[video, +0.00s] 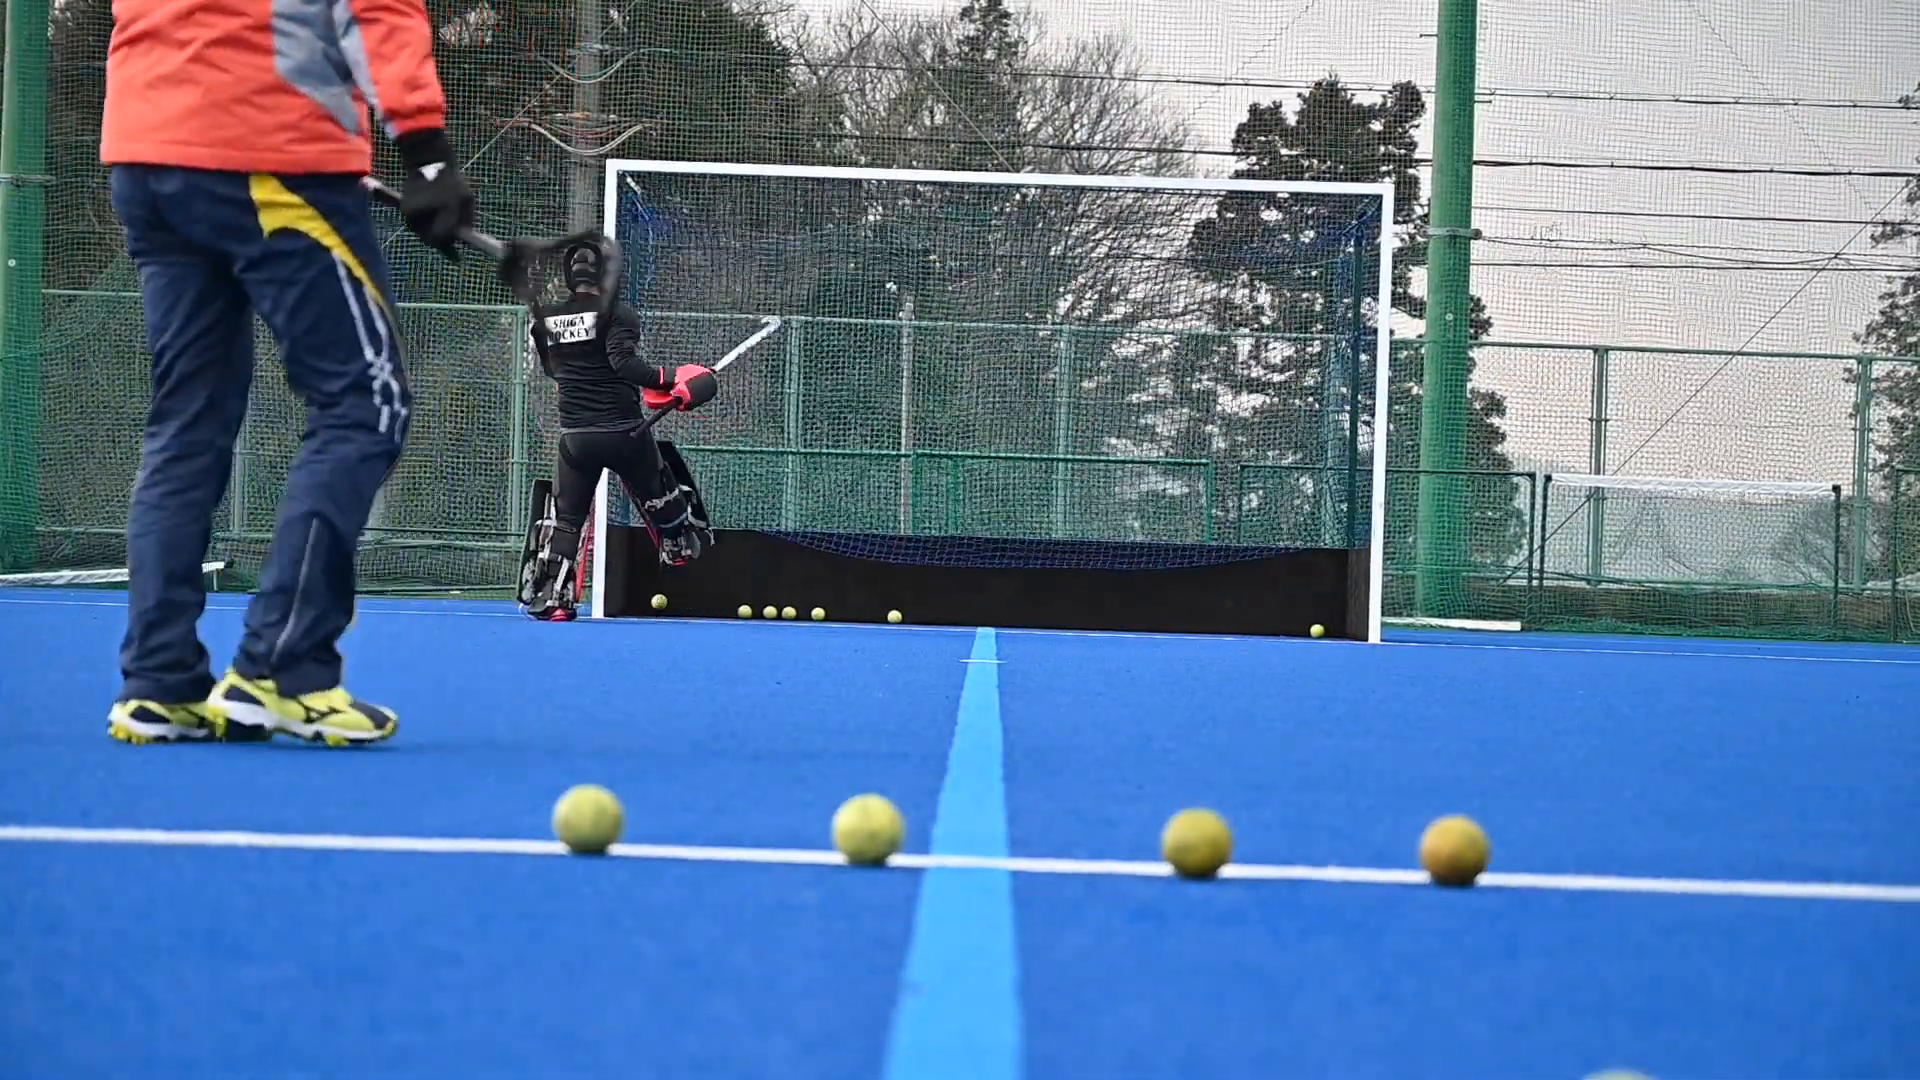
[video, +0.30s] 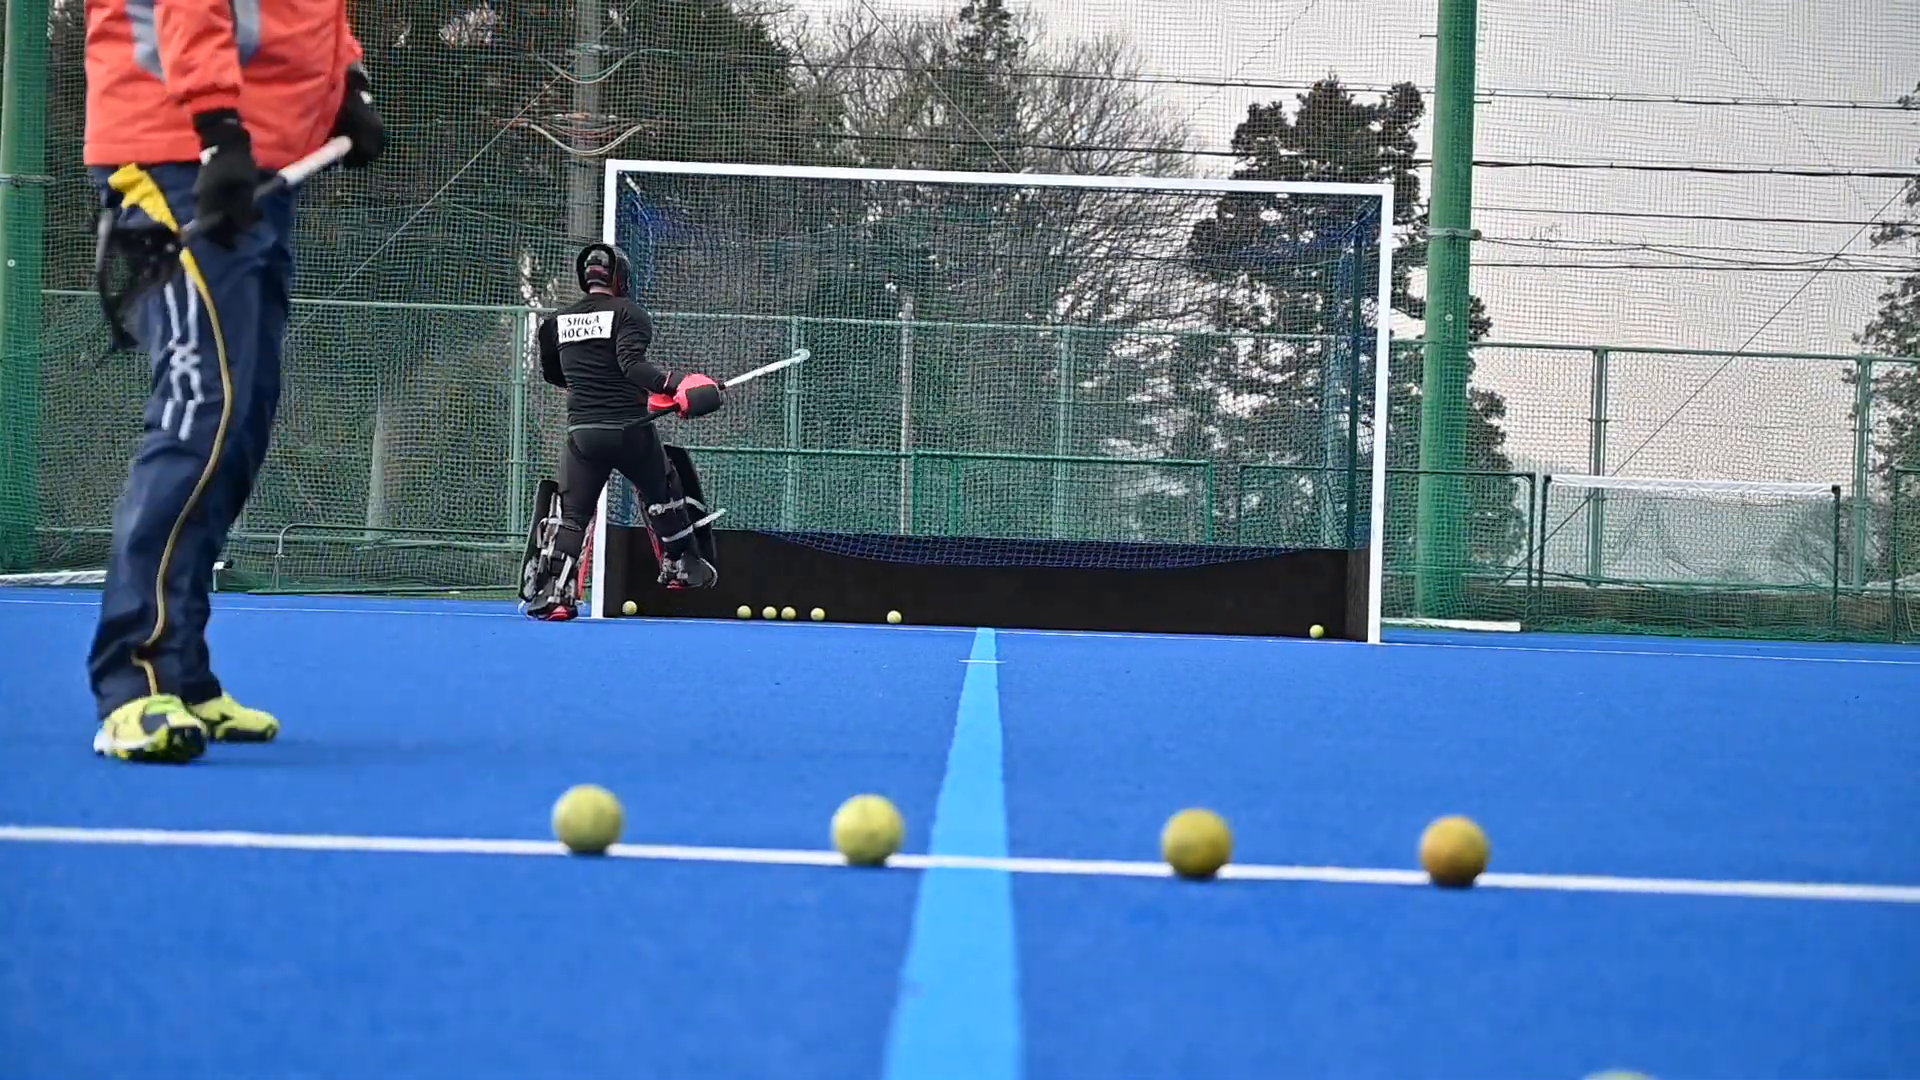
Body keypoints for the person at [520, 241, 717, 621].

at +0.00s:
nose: (618, 279)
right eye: (613, 270)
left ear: (570, 277)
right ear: (607, 275)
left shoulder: (547, 318)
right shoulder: (618, 312)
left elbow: (550, 367)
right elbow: (623, 362)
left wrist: (588, 371)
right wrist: (667, 378)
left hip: (576, 437)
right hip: (625, 433)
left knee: (567, 518)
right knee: (655, 495)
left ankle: (551, 598)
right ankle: (679, 545)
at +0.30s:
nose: (598, 271)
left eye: (601, 268)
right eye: (621, 275)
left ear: (586, 280)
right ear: (619, 279)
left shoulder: (558, 319)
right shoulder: (629, 312)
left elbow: (552, 373)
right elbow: (631, 365)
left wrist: (592, 380)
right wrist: (676, 380)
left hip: (584, 433)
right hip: (632, 431)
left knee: (572, 514)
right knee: (659, 495)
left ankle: (551, 593)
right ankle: (682, 563)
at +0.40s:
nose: (645, 287)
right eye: (642, 281)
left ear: (601, 283)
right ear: (635, 283)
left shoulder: (573, 321)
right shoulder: (645, 317)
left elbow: (558, 375)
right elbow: (651, 372)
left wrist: (585, 395)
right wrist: (697, 384)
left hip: (592, 436)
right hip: (638, 437)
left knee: (578, 516)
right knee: (661, 513)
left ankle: (554, 592)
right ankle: (670, 593)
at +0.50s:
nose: (665, 293)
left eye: (663, 286)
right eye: (662, 287)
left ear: (622, 287)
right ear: (654, 288)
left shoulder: (594, 323)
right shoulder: (665, 324)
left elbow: (574, 381)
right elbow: (677, 377)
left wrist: (585, 413)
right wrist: (726, 382)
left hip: (608, 440)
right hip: (655, 441)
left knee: (587, 519)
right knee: (669, 524)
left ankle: (556, 588)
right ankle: (668, 602)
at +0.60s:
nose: (683, 290)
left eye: (682, 283)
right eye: (680, 283)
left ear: (640, 284)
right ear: (670, 285)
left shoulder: (614, 321)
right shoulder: (682, 323)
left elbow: (600, 380)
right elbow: (709, 376)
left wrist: (591, 424)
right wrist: (751, 378)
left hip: (625, 439)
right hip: (669, 441)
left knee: (609, 514)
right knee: (675, 527)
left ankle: (577, 562)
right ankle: (668, 604)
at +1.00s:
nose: (734, 286)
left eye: (732, 280)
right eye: (730, 280)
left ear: (695, 284)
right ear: (718, 284)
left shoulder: (672, 320)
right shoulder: (732, 324)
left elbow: (654, 379)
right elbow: (775, 369)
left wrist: (634, 424)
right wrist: (814, 357)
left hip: (674, 434)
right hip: (709, 435)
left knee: (718, 510)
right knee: (689, 520)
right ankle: (665, 599)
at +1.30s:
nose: (777, 291)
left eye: (774, 284)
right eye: (771, 285)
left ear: (737, 291)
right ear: (758, 289)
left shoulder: (718, 329)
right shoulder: (769, 325)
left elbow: (714, 389)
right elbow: (815, 361)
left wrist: (712, 435)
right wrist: (858, 353)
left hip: (727, 437)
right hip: (756, 439)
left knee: (753, 521)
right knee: (760, 526)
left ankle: (752, 599)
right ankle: (688, 577)